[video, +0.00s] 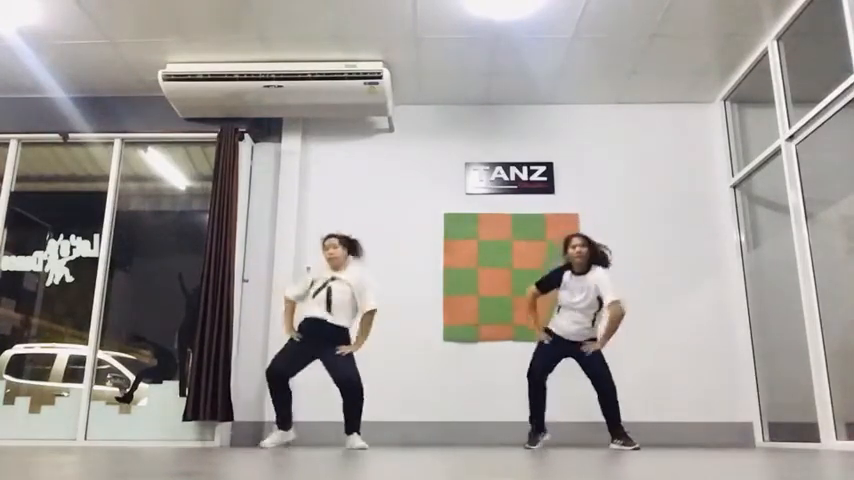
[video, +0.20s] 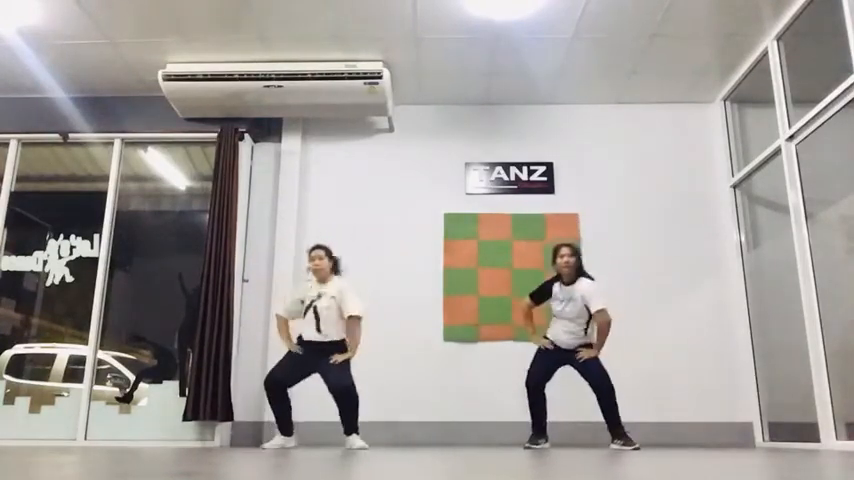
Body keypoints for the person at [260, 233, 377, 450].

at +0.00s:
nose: (330, 252)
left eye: (335, 247)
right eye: (326, 249)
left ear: (346, 251)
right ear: (323, 253)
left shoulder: (356, 277)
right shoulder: (315, 275)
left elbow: (369, 310)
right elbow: (290, 297)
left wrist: (357, 343)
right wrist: (290, 329)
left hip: (337, 340)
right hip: (307, 336)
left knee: (352, 387)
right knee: (275, 373)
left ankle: (352, 435)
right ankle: (284, 429)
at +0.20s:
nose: (316, 263)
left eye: (321, 258)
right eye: (313, 259)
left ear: (331, 262)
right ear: (309, 265)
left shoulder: (341, 287)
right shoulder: (306, 289)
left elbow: (354, 318)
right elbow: (282, 315)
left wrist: (351, 351)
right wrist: (289, 343)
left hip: (334, 350)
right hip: (306, 350)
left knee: (345, 389)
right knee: (273, 382)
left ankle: (352, 435)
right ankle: (286, 435)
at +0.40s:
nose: (315, 255)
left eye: (319, 252)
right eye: (311, 252)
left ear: (327, 257)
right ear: (305, 256)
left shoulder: (338, 279)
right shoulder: (297, 284)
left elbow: (365, 299)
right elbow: (282, 315)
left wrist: (361, 334)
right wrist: (295, 344)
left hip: (344, 342)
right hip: (313, 346)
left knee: (365, 376)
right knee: (287, 380)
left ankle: (365, 429)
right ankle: (287, 436)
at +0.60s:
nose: (334, 251)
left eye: (339, 248)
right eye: (331, 248)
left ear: (346, 252)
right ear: (325, 252)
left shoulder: (355, 279)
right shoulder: (314, 281)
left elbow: (376, 304)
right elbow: (302, 312)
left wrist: (368, 327)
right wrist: (315, 340)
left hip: (358, 337)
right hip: (329, 340)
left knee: (375, 383)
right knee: (304, 385)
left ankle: (381, 432)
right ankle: (291, 433)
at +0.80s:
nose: (342, 248)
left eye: (346, 245)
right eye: (338, 245)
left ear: (354, 250)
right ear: (333, 250)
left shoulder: (365, 274)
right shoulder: (323, 276)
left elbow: (378, 305)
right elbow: (316, 310)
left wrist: (370, 329)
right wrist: (325, 333)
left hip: (362, 336)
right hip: (333, 336)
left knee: (375, 385)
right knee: (309, 383)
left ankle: (379, 433)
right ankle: (291, 433)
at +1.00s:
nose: (340, 249)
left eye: (345, 246)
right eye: (337, 246)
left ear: (354, 252)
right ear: (332, 252)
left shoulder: (363, 278)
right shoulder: (321, 277)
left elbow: (373, 312)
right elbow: (313, 310)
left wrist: (363, 338)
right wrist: (318, 333)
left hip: (356, 337)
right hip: (328, 337)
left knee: (370, 387)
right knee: (305, 384)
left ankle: (379, 433)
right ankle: (299, 434)